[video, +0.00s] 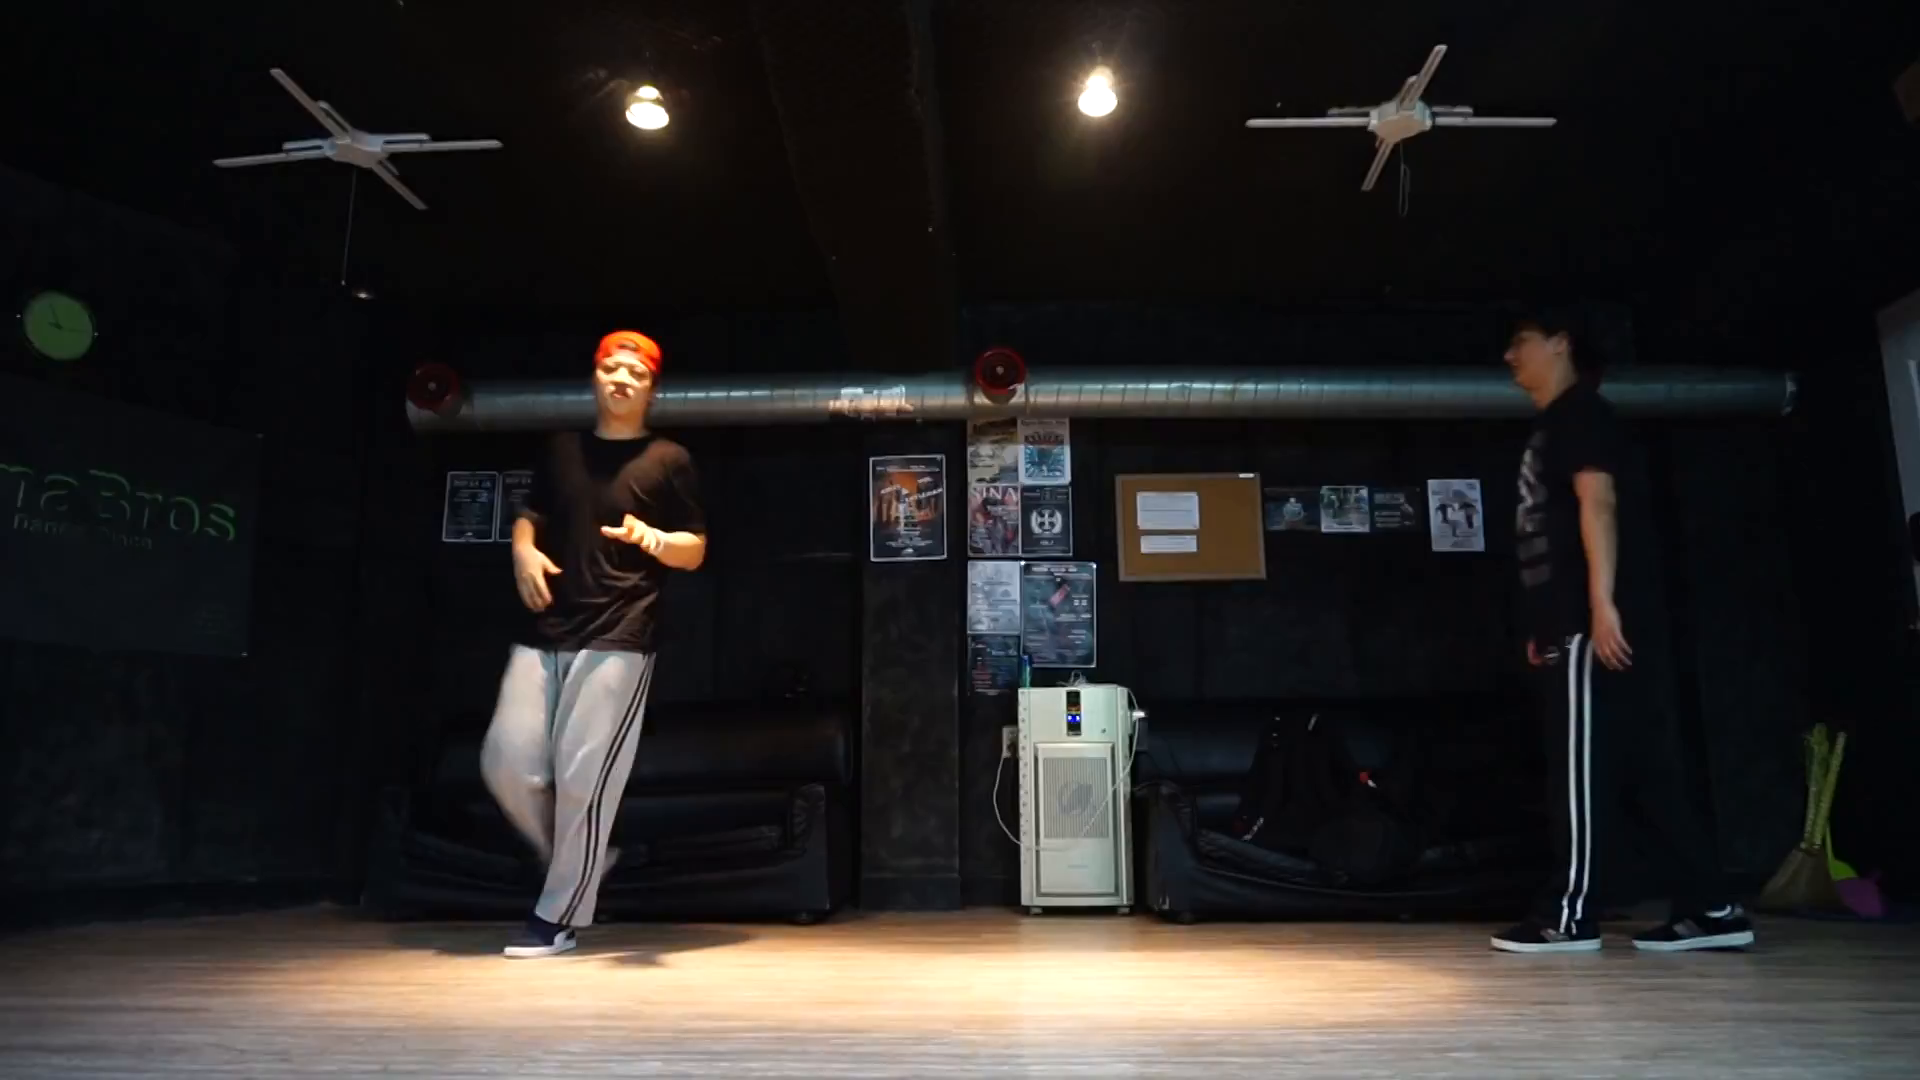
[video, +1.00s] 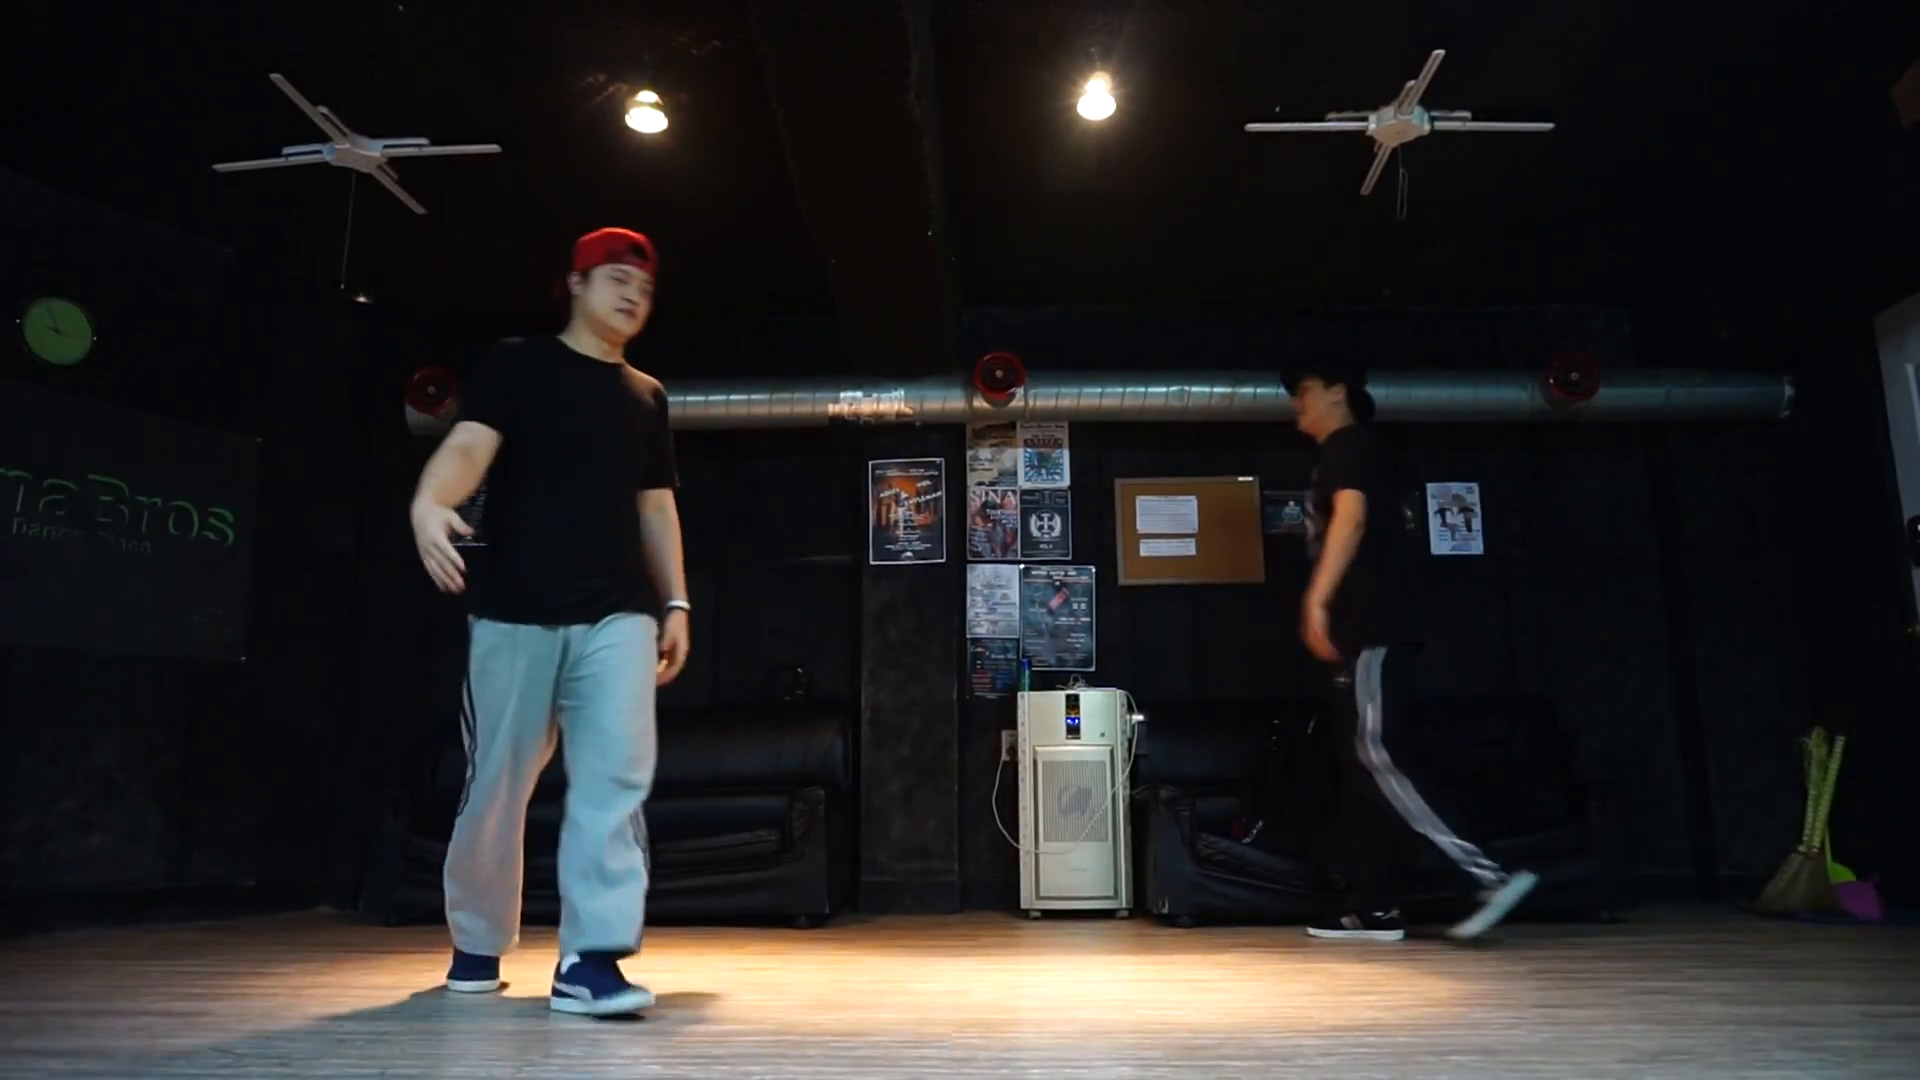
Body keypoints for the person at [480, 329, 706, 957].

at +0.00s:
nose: (620, 379)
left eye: (633, 372)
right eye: (611, 369)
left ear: (651, 387)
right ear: (594, 379)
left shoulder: (669, 461)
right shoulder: (562, 449)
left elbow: (694, 551)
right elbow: (527, 512)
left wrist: (655, 541)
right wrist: (523, 550)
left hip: (616, 638)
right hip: (545, 634)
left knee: (582, 777)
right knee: (508, 766)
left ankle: (559, 919)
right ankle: (587, 858)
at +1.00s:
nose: (631, 295)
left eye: (643, 289)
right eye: (617, 280)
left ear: (648, 308)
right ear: (577, 286)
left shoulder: (645, 398)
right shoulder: (517, 368)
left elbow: (658, 507)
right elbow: (466, 449)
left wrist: (676, 601)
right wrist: (428, 503)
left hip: (616, 612)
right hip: (516, 610)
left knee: (615, 781)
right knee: (500, 782)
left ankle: (590, 963)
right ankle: (476, 949)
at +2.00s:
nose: (938, 280)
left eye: (948, 268)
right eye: (930, 258)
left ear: (939, 269)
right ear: (884, 234)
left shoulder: (875, 341)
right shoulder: (795, 305)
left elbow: (871, 461)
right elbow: (723, 410)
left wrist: (925, 524)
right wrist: (858, 436)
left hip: (875, 585)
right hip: (834, 587)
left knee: (914, 787)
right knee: (927, 782)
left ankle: (740, 901)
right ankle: (843, 989)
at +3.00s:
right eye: (1186, 264)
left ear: (1119, 275)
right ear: (1192, 267)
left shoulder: (1078, 339)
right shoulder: (1215, 300)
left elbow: (1047, 461)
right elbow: (1267, 381)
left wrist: (1120, 461)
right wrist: (1241, 457)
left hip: (1103, 555)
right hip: (1199, 542)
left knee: (1124, 757)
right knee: (1250, 751)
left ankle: (1114, 958)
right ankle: (1296, 944)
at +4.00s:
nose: (1090, 395)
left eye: (1094, 381)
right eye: (1088, 382)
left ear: (1126, 374)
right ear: (1148, 374)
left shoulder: (1152, 423)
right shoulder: (1209, 424)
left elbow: (1187, 510)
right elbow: (1255, 526)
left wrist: (1099, 533)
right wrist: (1185, 549)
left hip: (1159, 635)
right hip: (1220, 630)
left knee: (1141, 788)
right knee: (1205, 770)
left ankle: (1216, 936)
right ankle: (1263, 869)